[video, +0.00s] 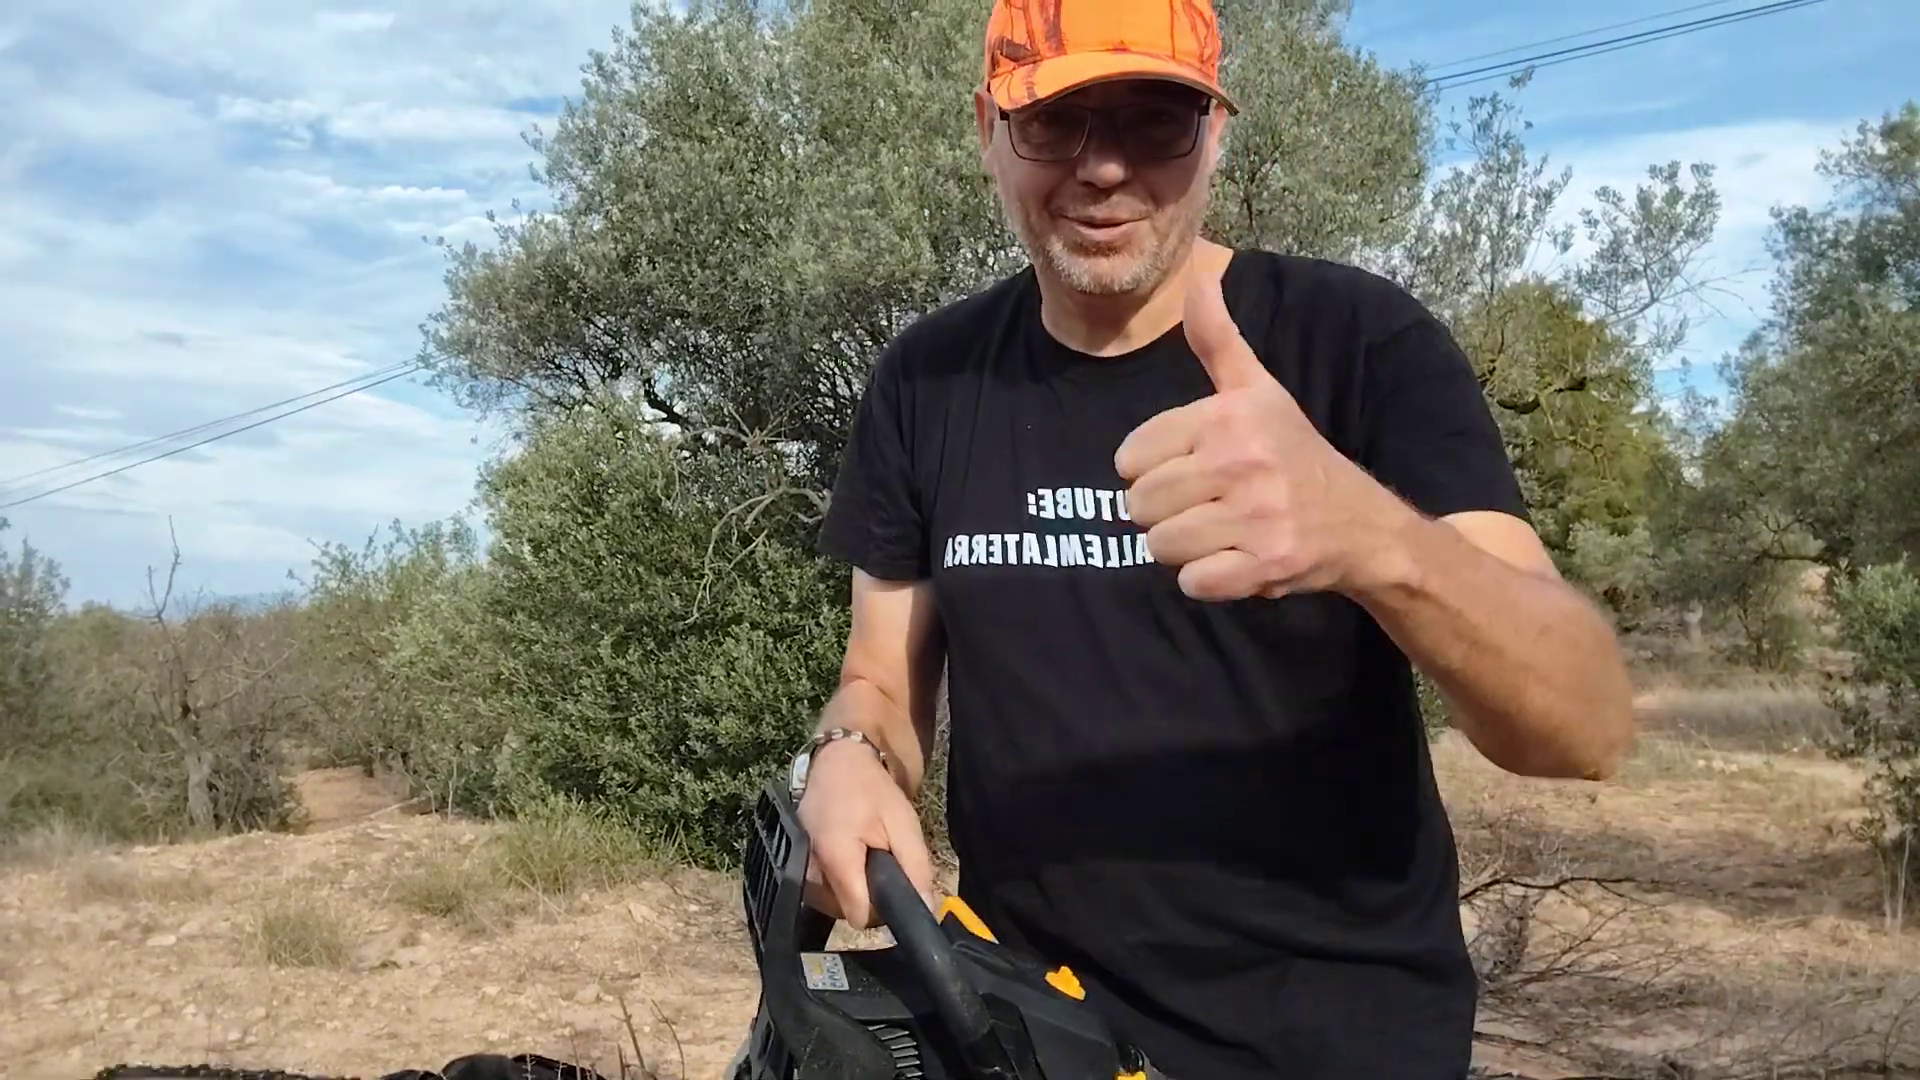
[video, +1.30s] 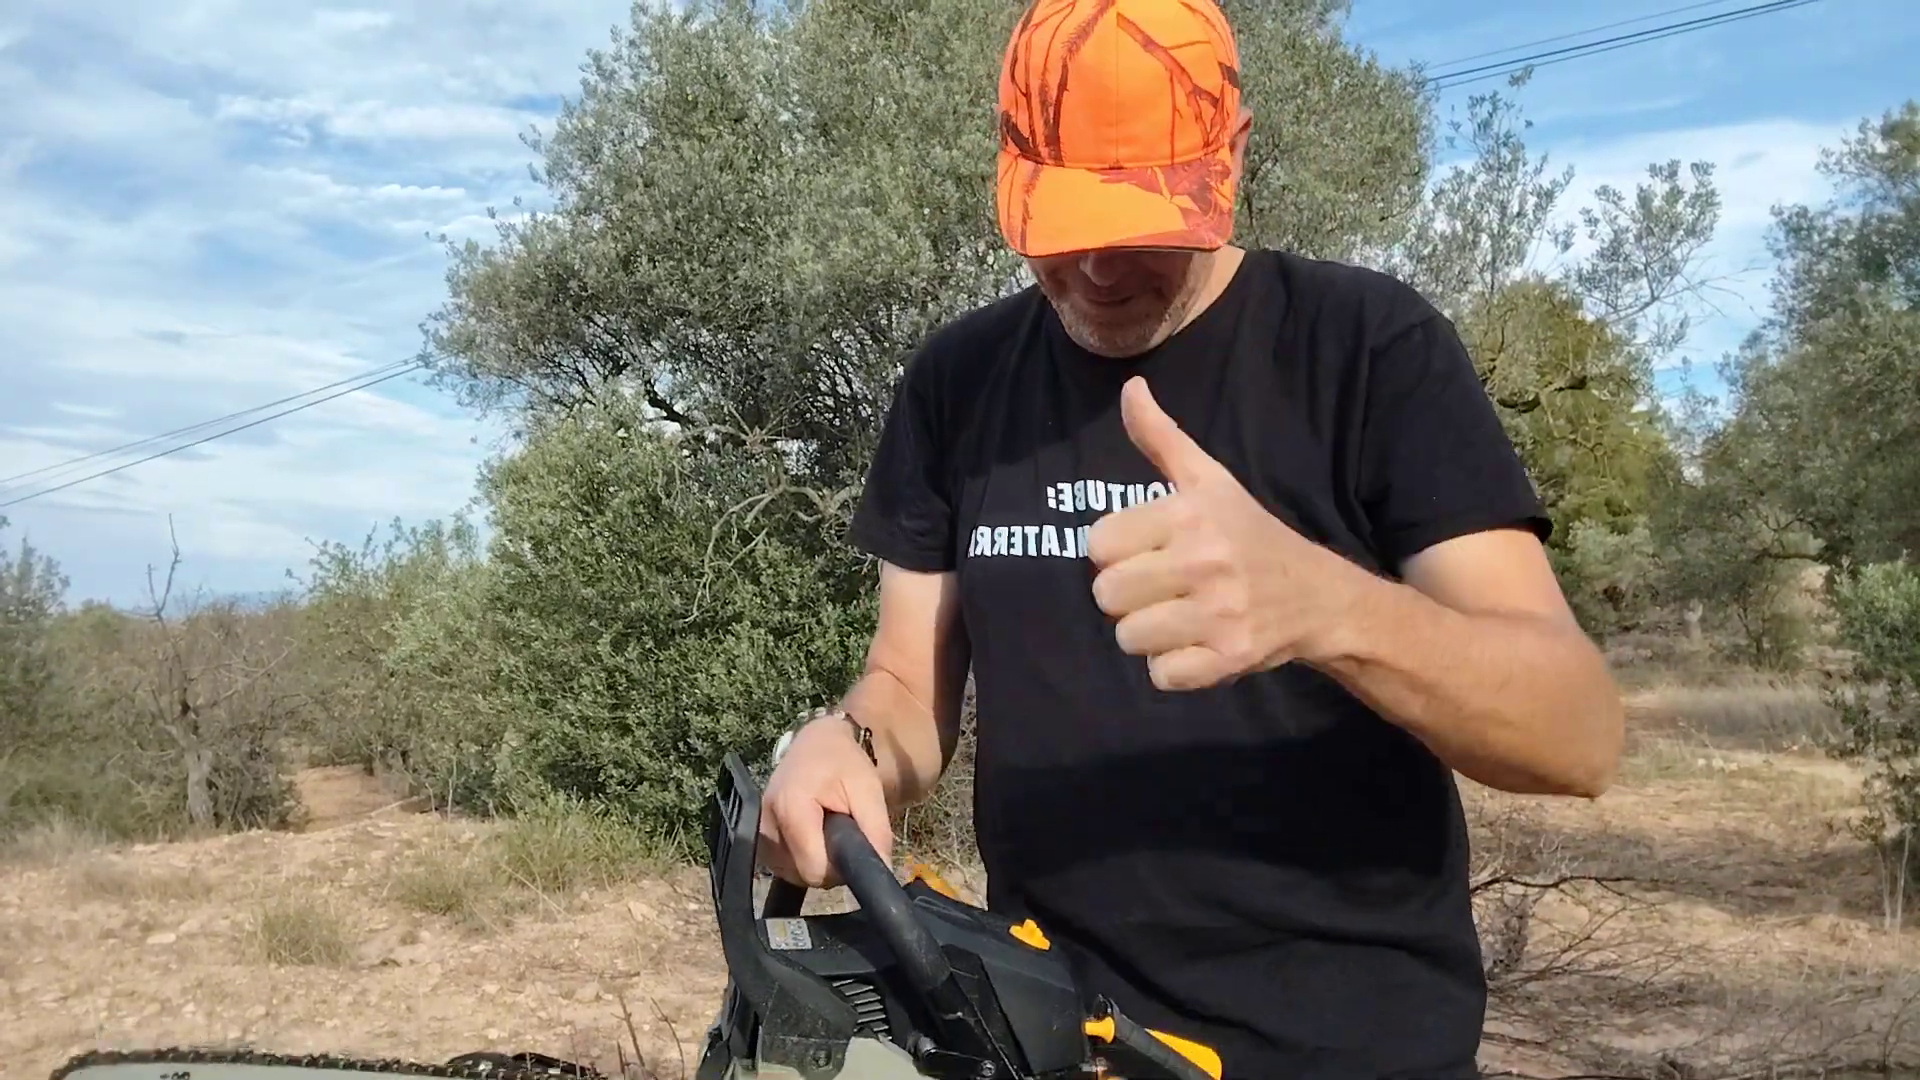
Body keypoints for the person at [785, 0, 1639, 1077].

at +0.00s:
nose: (1101, 172)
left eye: (1152, 124)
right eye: (1057, 124)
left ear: (1214, 131)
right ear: (991, 136)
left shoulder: (1359, 341)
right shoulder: (930, 380)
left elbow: (1586, 731)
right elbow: (881, 687)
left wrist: (1376, 536)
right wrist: (847, 757)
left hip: (1339, 1019)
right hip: (1038, 1019)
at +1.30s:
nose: (1100, 272)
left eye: (1146, 234)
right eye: (1061, 231)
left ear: (1225, 171)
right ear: (1014, 181)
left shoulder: (1370, 346)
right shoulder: (958, 384)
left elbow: (1578, 738)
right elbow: (908, 698)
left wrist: (1329, 606)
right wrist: (840, 740)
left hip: (1357, 1025)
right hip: (1066, 1012)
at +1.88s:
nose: (1211, 234)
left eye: (1260, 199)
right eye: (1181, 186)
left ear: (1332, 184)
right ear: (1131, 150)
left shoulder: (1455, 350)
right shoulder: (1047, 342)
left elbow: (1583, 728)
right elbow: (918, 632)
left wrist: (1276, 816)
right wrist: (831, 577)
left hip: (1398, 1041)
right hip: (1104, 1037)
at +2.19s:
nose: (1283, 254)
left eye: (1337, 226)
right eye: (1265, 203)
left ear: (1434, 204)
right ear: (1237, 162)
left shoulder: (1534, 386)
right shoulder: (1157, 328)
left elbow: (1597, 762)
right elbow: (979, 571)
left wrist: (1289, 755)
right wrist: (905, 503)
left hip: (1405, 1038)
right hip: (1126, 1010)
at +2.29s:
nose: (1296, 253)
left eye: (1347, 228)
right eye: (1282, 206)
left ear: (1449, 207)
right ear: (1259, 167)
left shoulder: (1546, 388)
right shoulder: (1176, 328)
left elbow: (1597, 763)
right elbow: (999, 560)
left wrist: (1299, 744)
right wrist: (910, 495)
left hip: (1403, 1037)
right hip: (1123, 1003)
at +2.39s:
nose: (1304, 252)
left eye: (1353, 225)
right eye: (1285, 203)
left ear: (1447, 204)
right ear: (1258, 168)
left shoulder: (1544, 384)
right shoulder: (1178, 330)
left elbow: (1591, 750)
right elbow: (1017, 560)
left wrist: (1289, 703)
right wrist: (905, 489)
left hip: (1400, 1030)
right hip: (1121, 999)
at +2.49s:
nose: (1291, 247)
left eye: (1342, 220)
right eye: (1274, 199)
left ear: (1435, 200)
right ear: (1247, 164)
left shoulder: (1529, 380)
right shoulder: (1163, 335)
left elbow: (1585, 741)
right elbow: (1011, 569)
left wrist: (1279, 697)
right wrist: (893, 494)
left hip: (1398, 1033)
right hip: (1118, 1002)